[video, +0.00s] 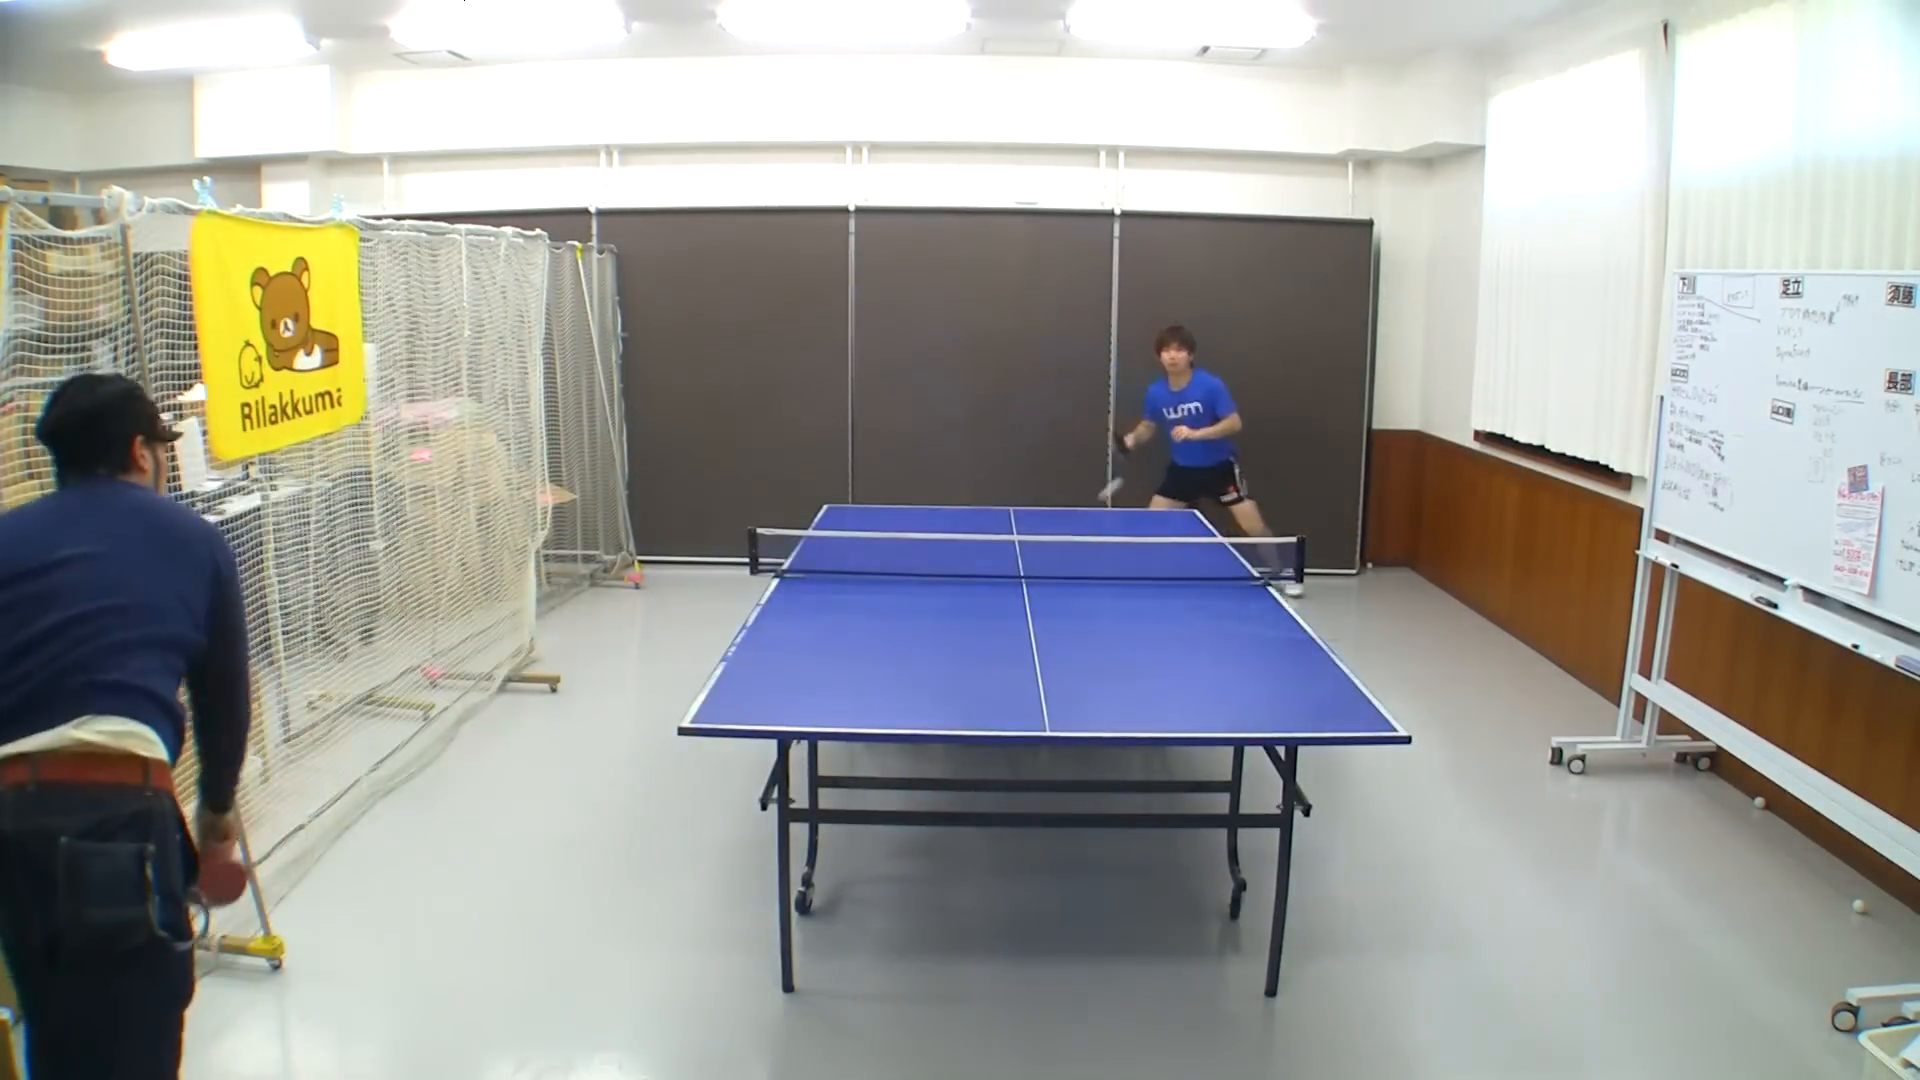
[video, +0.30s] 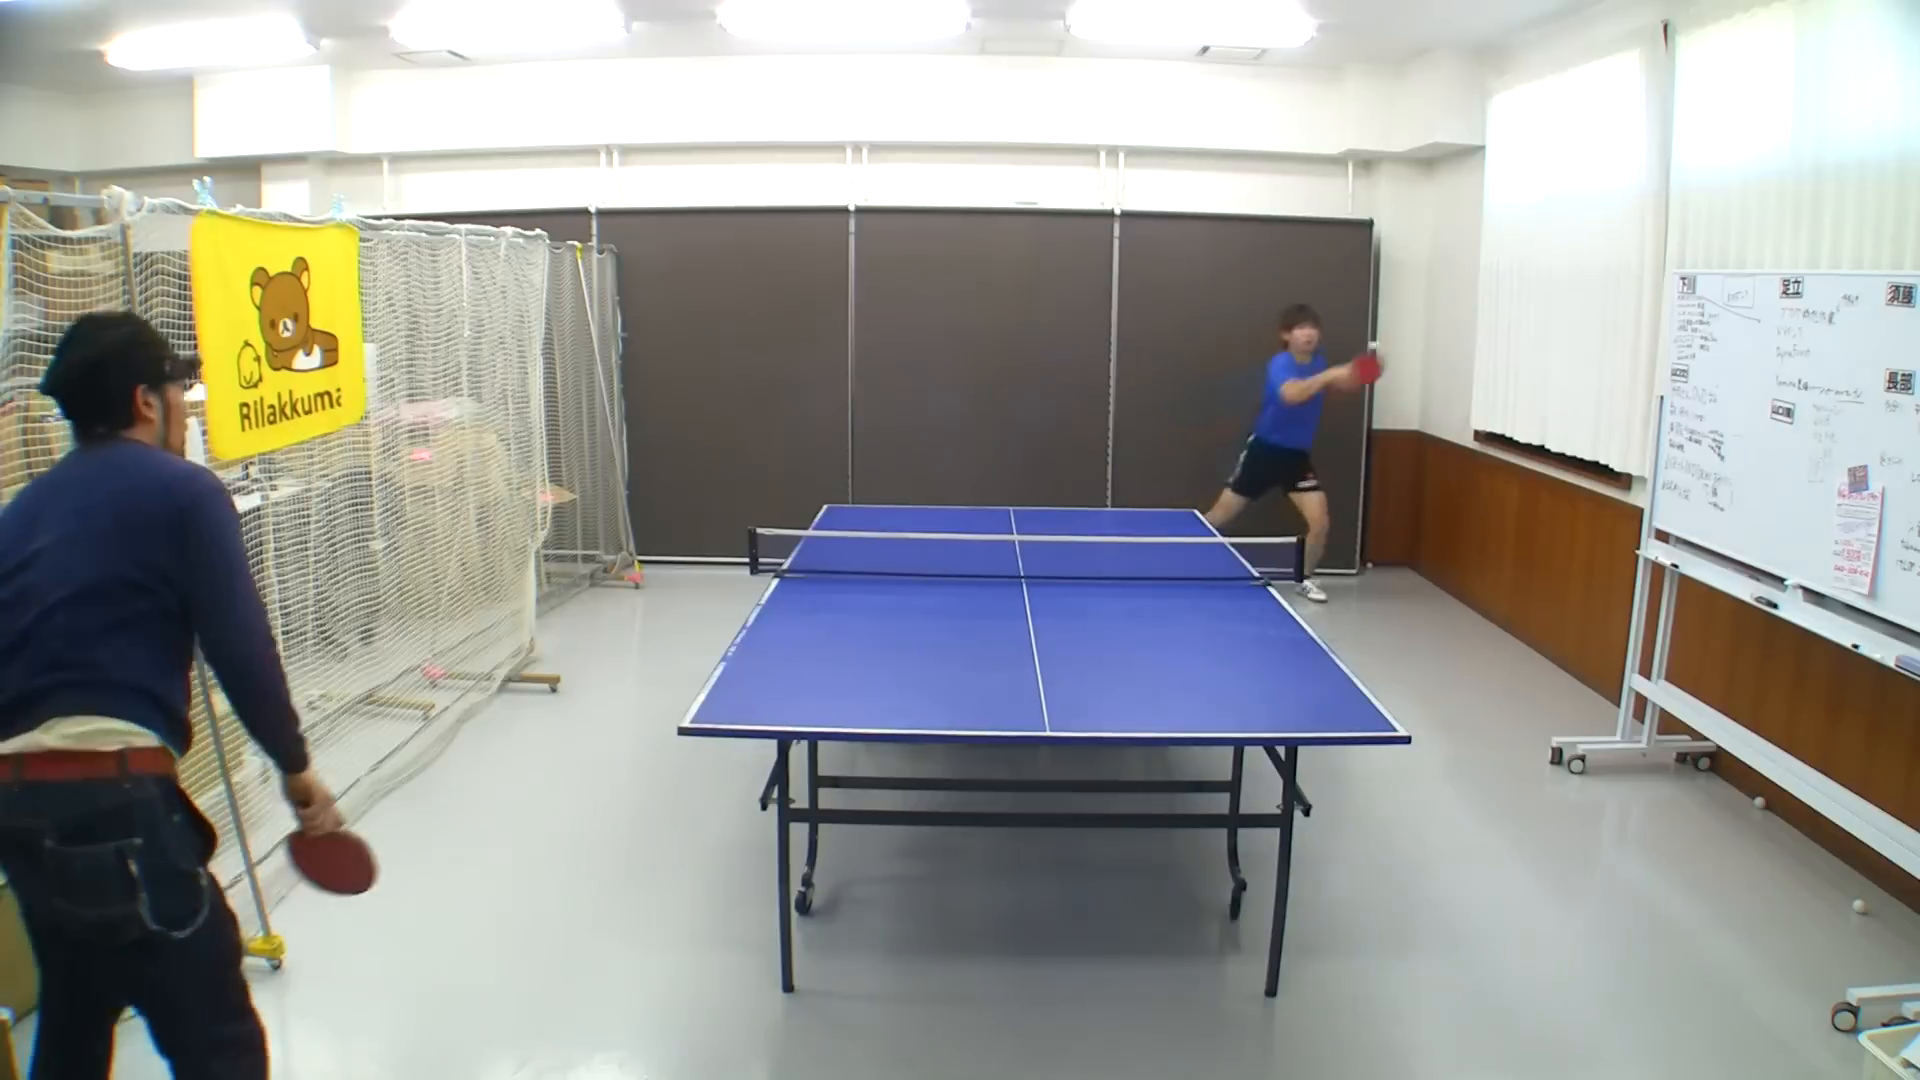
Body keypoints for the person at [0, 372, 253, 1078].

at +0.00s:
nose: (165, 464)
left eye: (163, 449)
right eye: (161, 449)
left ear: (60, 459)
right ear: (139, 452)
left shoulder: (9, 531)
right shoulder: (192, 537)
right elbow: (225, 698)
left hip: (10, 806)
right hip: (123, 813)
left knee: (52, 1032)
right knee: (138, 1039)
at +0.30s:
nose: (181, 405)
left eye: (177, 389)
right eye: (174, 390)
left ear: (76, 410)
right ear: (144, 402)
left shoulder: (21, 506)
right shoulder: (183, 491)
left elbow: (17, 658)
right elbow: (242, 648)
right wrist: (296, 770)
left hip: (15, 797)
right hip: (121, 796)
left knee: (73, 1014)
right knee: (218, 1040)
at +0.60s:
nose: (301, 384)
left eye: (295, 366)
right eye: (288, 369)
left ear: (213, 396)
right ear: (242, 394)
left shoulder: (135, 492)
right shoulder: (241, 526)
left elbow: (139, 664)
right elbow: (270, 705)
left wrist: (247, 764)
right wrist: (376, 799)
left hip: (119, 826)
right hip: (194, 841)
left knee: (146, 1013)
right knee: (340, 1058)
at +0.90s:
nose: (576, 500)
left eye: (571, 481)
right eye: (562, 483)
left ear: (501, 509)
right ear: (504, 508)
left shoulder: (507, 583)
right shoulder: (373, 642)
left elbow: (565, 652)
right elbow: (290, 846)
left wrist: (682, 707)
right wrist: (386, 1037)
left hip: (372, 891)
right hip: (330, 914)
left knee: (260, 1007)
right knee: (468, 1073)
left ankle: (146, 1076)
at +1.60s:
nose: (1596, 644)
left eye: (1616, 621)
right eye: (1606, 614)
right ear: (1535, 561)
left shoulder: (1396, 578)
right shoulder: (1367, 714)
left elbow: (1354, 754)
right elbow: (1223, 974)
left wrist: (1471, 825)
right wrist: (1207, 1068)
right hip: (1210, 1021)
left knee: (1372, 1059)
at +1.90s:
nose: (1821, 609)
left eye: (1832, 580)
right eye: (1808, 575)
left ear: (1716, 522)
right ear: (1717, 520)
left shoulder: (1682, 598)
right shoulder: (1584, 682)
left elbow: (1699, 781)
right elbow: (1476, 954)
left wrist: (1721, 932)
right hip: (1503, 1035)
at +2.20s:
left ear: (1879, 541)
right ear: (1873, 540)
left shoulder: (1898, 656)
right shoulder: (1688, 648)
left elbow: (1902, 849)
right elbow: (1526, 860)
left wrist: (1917, 998)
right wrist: (1529, 1059)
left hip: (1755, 1019)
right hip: (1593, 1028)